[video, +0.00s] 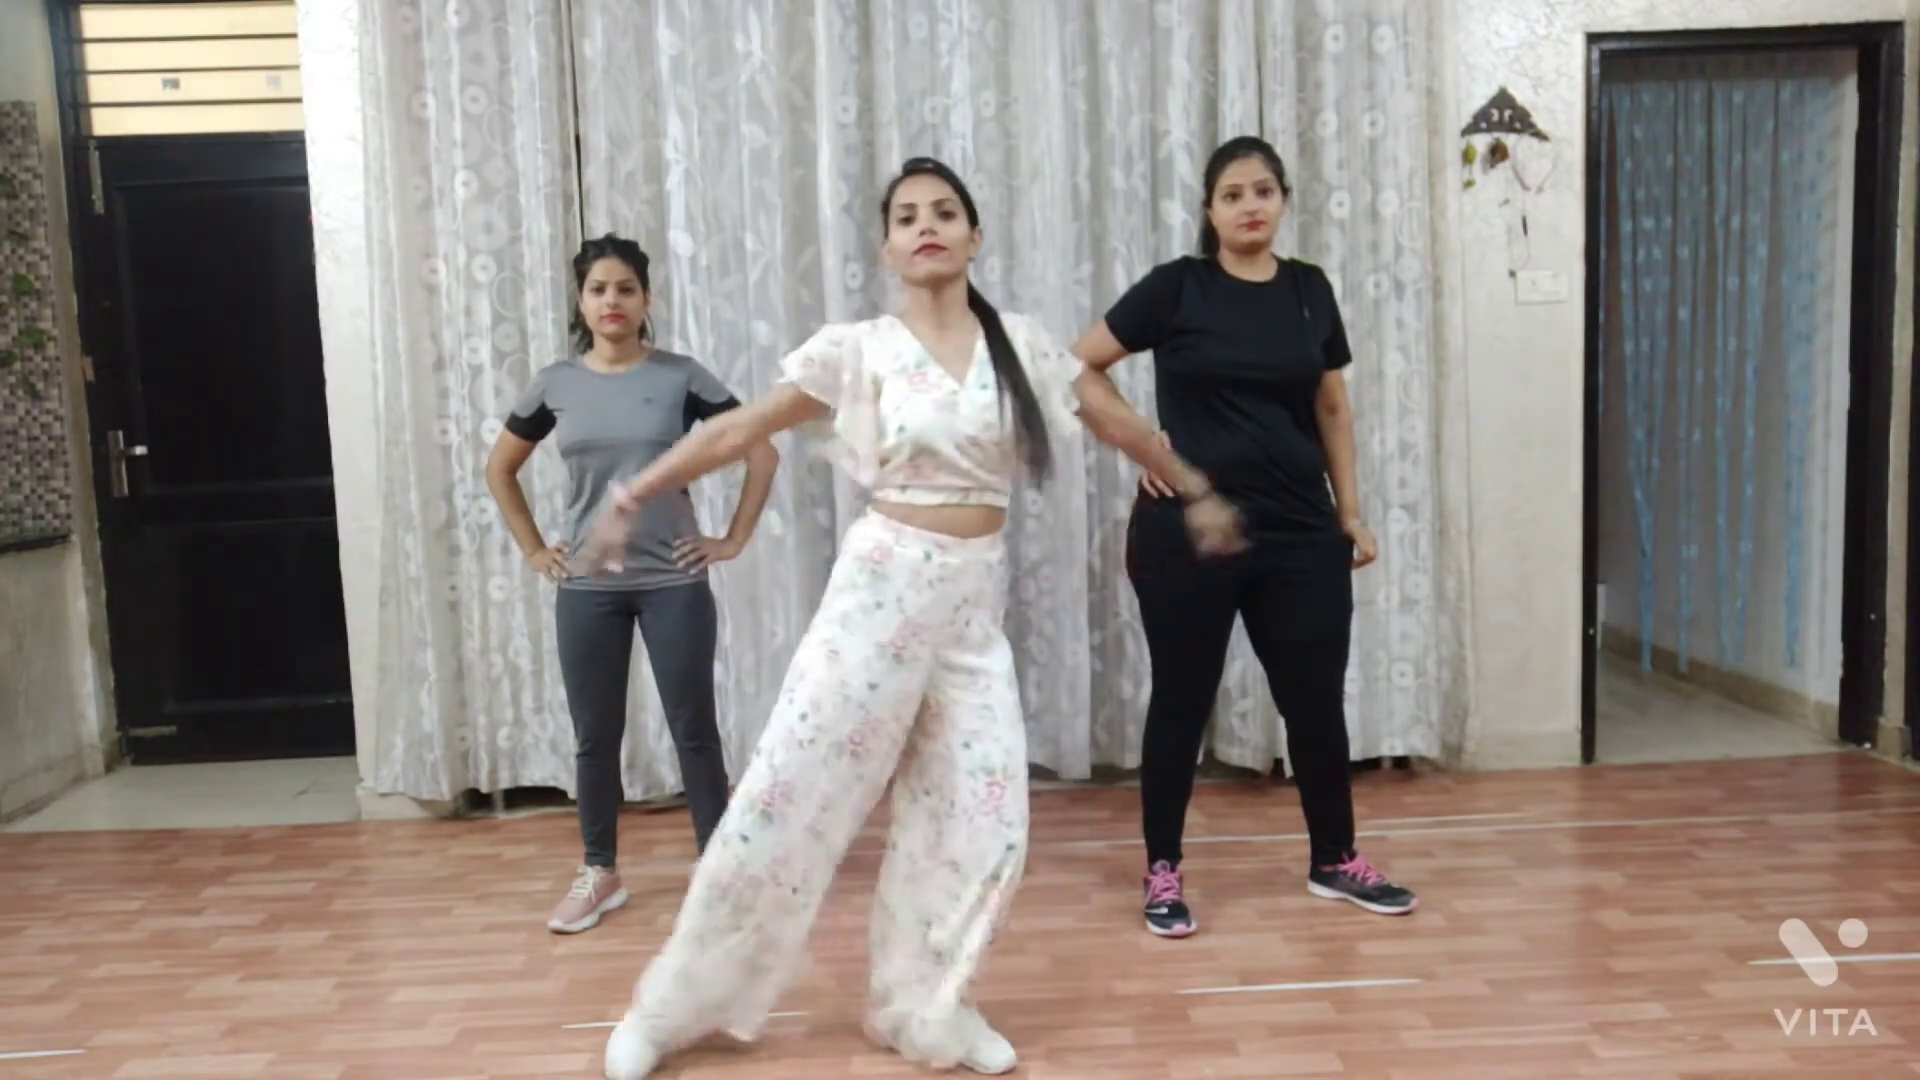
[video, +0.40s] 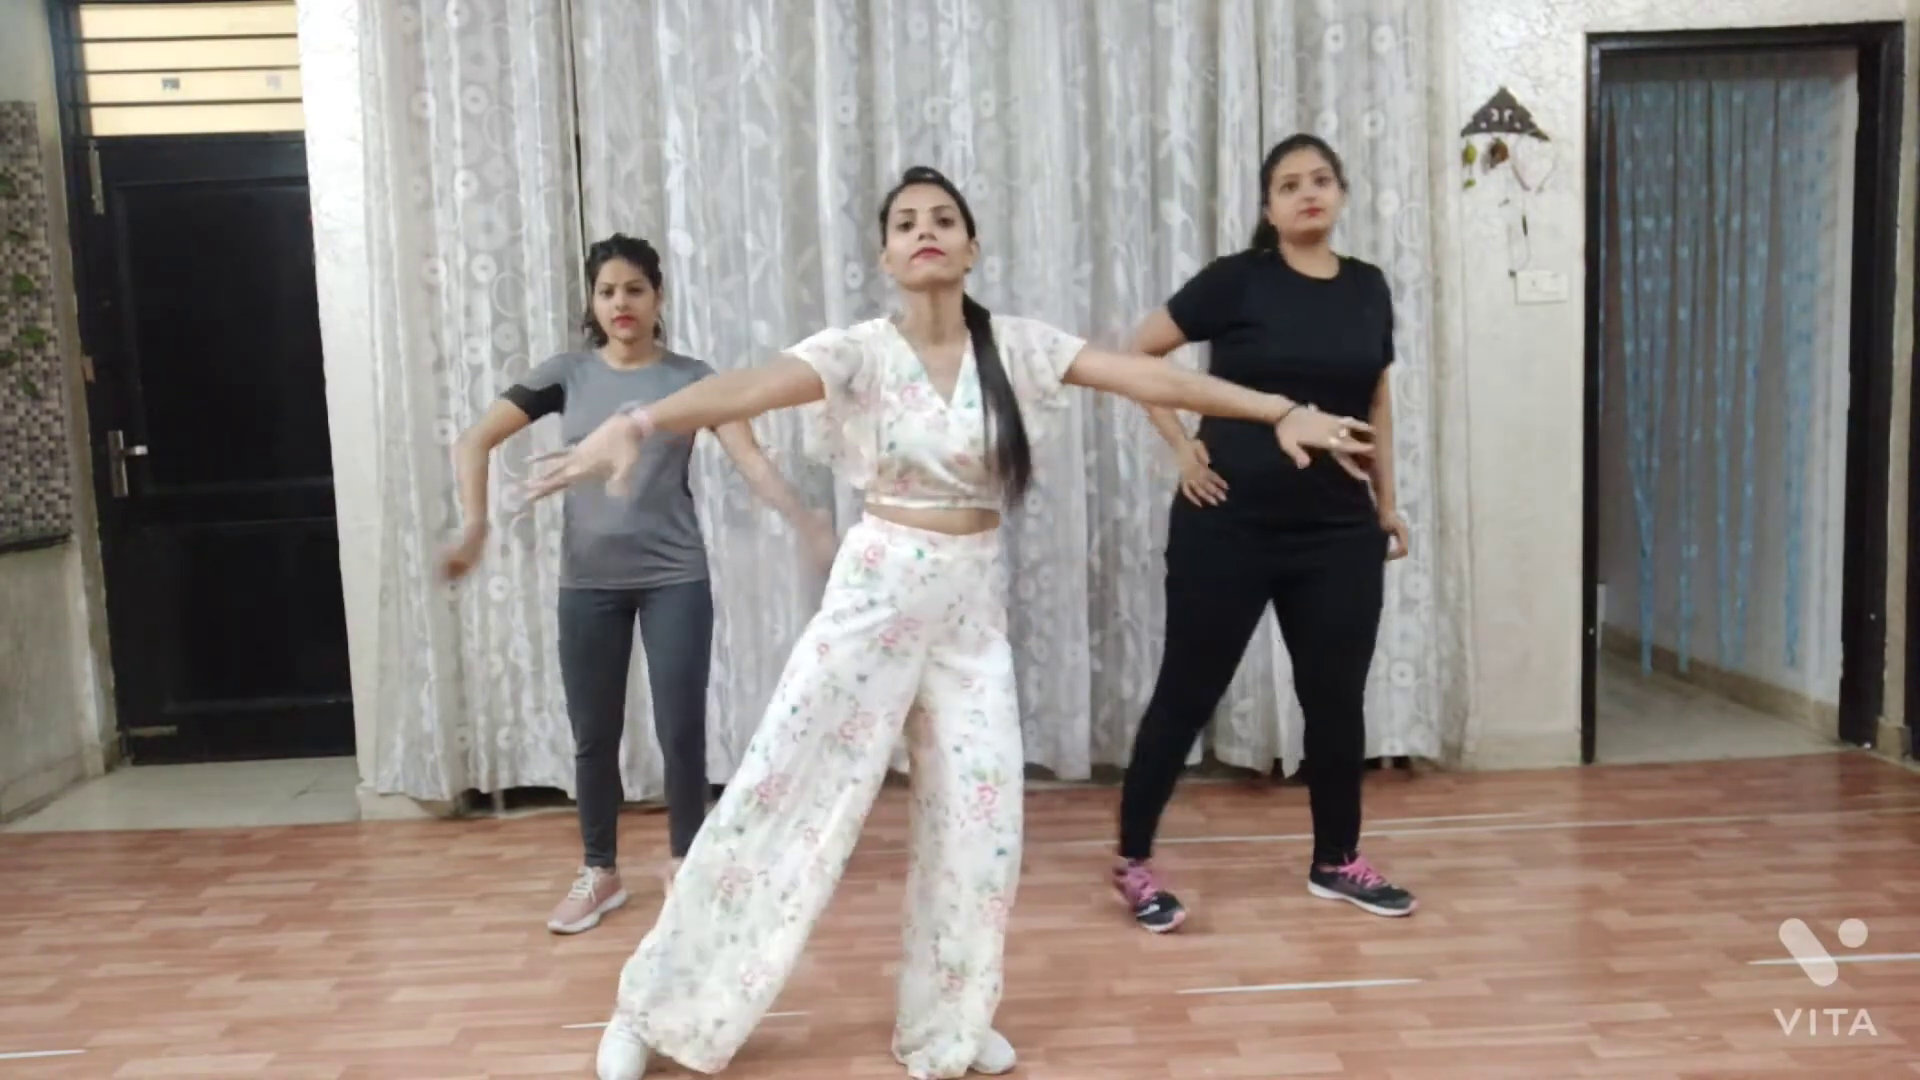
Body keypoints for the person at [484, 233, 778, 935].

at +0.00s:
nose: (612, 300)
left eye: (625, 288)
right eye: (598, 289)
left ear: (647, 299)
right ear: (580, 302)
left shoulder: (683, 379)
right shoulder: (555, 385)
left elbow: (764, 454)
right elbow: (499, 469)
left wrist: (735, 538)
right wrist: (535, 548)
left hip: (674, 580)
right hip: (587, 586)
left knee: (695, 733)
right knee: (595, 739)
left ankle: (719, 876)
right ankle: (599, 872)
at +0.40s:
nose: (621, 303)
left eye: (634, 290)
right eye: (608, 292)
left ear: (658, 297)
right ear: (591, 303)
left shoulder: (694, 379)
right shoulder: (569, 375)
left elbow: (752, 460)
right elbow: (473, 441)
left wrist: (806, 518)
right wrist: (473, 529)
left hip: (674, 574)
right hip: (589, 582)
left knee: (680, 732)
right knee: (595, 738)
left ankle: (687, 873)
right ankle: (599, 873)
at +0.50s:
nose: (629, 307)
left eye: (642, 293)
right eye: (616, 295)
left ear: (667, 299)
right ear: (601, 305)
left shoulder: (701, 377)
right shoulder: (583, 372)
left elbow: (757, 443)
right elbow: (521, 414)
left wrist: (826, 497)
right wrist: (470, 445)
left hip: (680, 578)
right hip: (596, 580)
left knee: (683, 733)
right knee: (587, 736)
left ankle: (687, 871)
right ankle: (597, 872)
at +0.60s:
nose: (632, 309)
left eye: (646, 295)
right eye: (620, 298)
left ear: (675, 302)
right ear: (606, 309)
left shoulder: (707, 379)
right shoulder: (600, 372)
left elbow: (750, 421)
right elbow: (565, 384)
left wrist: (807, 455)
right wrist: (524, 370)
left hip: (688, 580)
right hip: (605, 581)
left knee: (688, 726)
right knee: (567, 721)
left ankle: (685, 869)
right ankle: (579, 864)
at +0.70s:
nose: (640, 313)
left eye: (653, 299)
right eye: (627, 301)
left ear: (683, 303)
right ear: (610, 309)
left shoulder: (709, 371)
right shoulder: (598, 366)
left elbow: (729, 389)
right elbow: (600, 375)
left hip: (701, 579)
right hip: (616, 577)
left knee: (691, 736)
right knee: (556, 716)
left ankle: (687, 874)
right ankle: (509, 851)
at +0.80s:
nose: (644, 312)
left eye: (656, 299)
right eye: (631, 303)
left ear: (685, 302)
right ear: (616, 311)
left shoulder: (724, 372)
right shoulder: (604, 365)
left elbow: (697, 378)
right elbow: (621, 362)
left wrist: (648, 343)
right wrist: (723, 320)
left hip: (708, 574)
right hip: (623, 575)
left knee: (696, 734)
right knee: (549, 714)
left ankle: (687, 876)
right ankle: (471, 836)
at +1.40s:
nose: (662, 314)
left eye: (674, 302)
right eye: (647, 304)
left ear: (690, 308)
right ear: (622, 315)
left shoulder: (717, 380)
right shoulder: (604, 376)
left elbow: (771, 331)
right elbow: (535, 320)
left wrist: (674, 334)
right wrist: (621, 307)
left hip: (708, 581)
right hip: (621, 582)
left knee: (695, 735)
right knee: (553, 724)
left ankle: (690, 876)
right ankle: (482, 840)